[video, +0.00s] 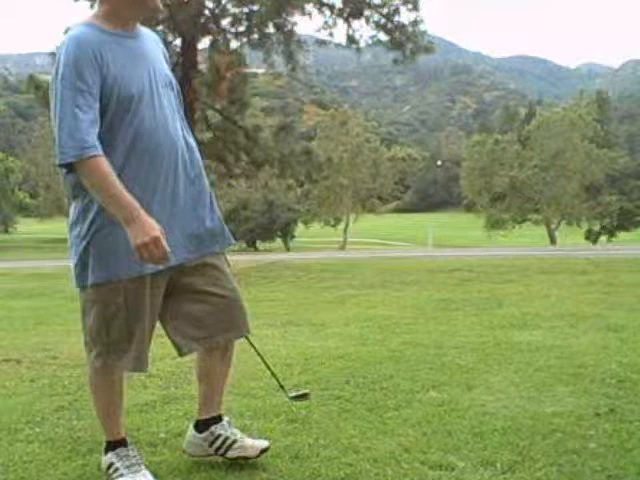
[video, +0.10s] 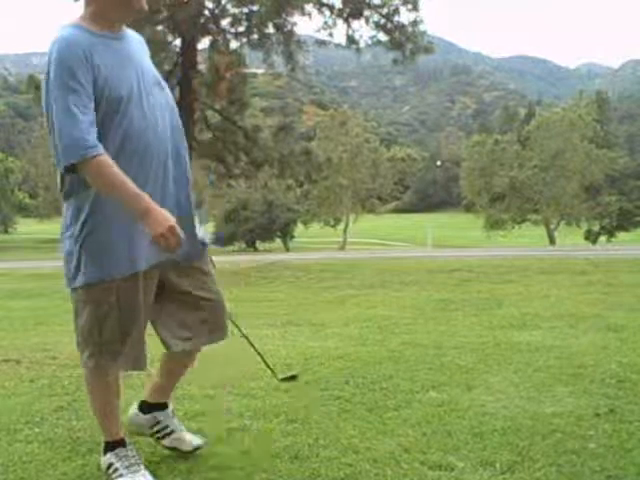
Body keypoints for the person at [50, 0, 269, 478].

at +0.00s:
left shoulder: (152, 41)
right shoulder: (82, 46)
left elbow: (167, 133)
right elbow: (81, 150)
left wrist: (194, 206)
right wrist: (134, 217)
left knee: (223, 322)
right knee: (110, 348)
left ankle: (208, 428)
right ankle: (117, 449)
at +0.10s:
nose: (144, 1)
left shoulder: (134, 41)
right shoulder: (71, 48)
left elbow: (145, 133)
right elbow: (81, 151)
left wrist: (173, 206)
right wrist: (149, 211)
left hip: (167, 224)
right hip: (109, 235)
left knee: (201, 322)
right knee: (104, 348)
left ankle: (154, 409)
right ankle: (115, 448)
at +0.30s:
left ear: (86, 4)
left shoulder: (109, 48)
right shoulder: (49, 54)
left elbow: (124, 142)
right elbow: (67, 157)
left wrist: (147, 208)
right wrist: (139, 203)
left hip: (134, 228)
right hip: (92, 235)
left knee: (121, 331)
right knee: (97, 343)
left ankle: (60, 391)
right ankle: (114, 449)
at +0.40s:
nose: (106, 1)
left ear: (71, 6)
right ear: (63, 2)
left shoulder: (94, 51)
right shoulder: (38, 56)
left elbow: (107, 140)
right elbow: (58, 158)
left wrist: (133, 205)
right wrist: (127, 203)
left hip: (111, 224)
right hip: (77, 230)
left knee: (89, 329)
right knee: (87, 340)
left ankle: (37, 406)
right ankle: (115, 449)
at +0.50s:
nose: (96, 5)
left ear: (64, 8)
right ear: (53, 4)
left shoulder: (82, 59)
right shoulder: (25, 62)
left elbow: (102, 143)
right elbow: (49, 157)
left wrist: (129, 196)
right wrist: (116, 197)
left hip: (91, 224)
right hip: (61, 229)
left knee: (59, 330)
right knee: (84, 337)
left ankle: (20, 421)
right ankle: (114, 449)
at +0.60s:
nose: (85, 8)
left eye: (83, 1)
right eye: (76, 1)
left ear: (58, 9)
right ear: (45, 7)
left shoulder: (73, 69)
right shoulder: (15, 66)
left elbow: (92, 146)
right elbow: (44, 159)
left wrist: (124, 190)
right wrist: (113, 193)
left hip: (71, 231)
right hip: (40, 236)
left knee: (36, 331)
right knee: (72, 337)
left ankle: (16, 423)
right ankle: (108, 443)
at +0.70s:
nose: (75, 15)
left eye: (73, 7)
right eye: (65, 6)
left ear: (41, 15)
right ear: (32, 11)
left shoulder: (65, 74)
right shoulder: (8, 69)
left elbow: (89, 150)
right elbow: (38, 154)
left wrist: (122, 185)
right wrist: (112, 181)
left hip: (55, 231)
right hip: (23, 232)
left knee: (25, 333)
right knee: (61, 332)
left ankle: (12, 423)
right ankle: (95, 436)